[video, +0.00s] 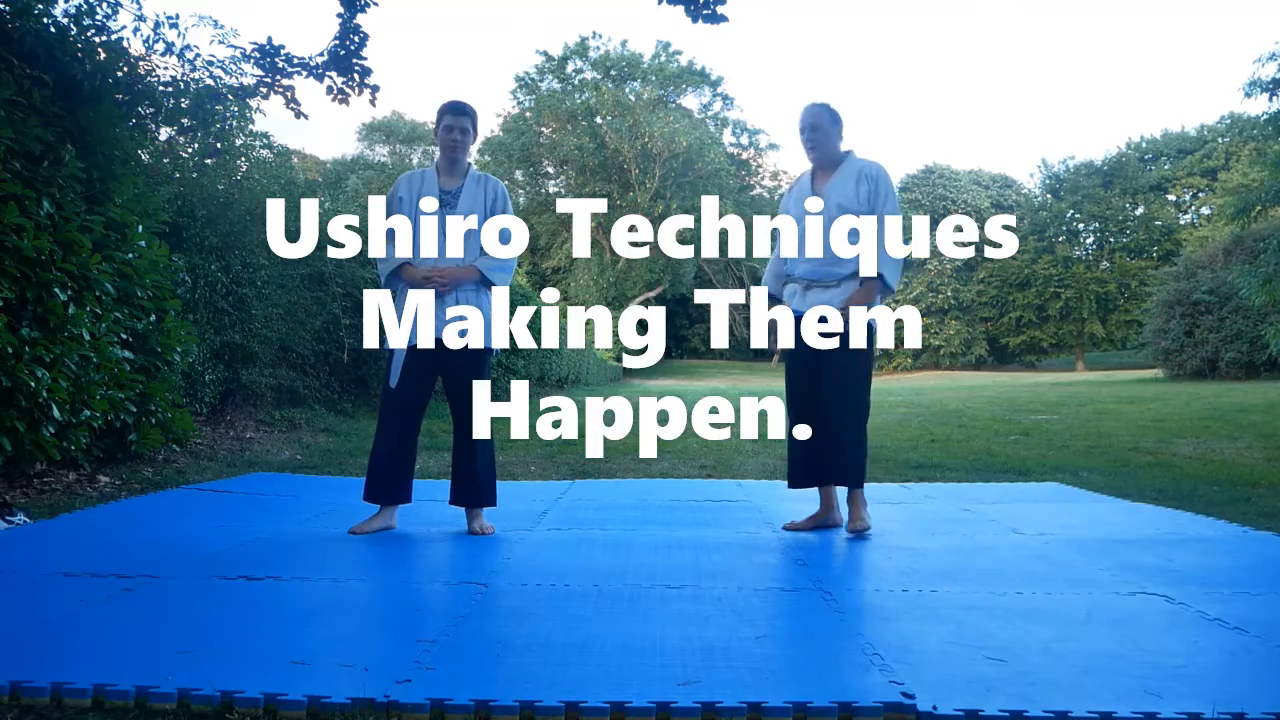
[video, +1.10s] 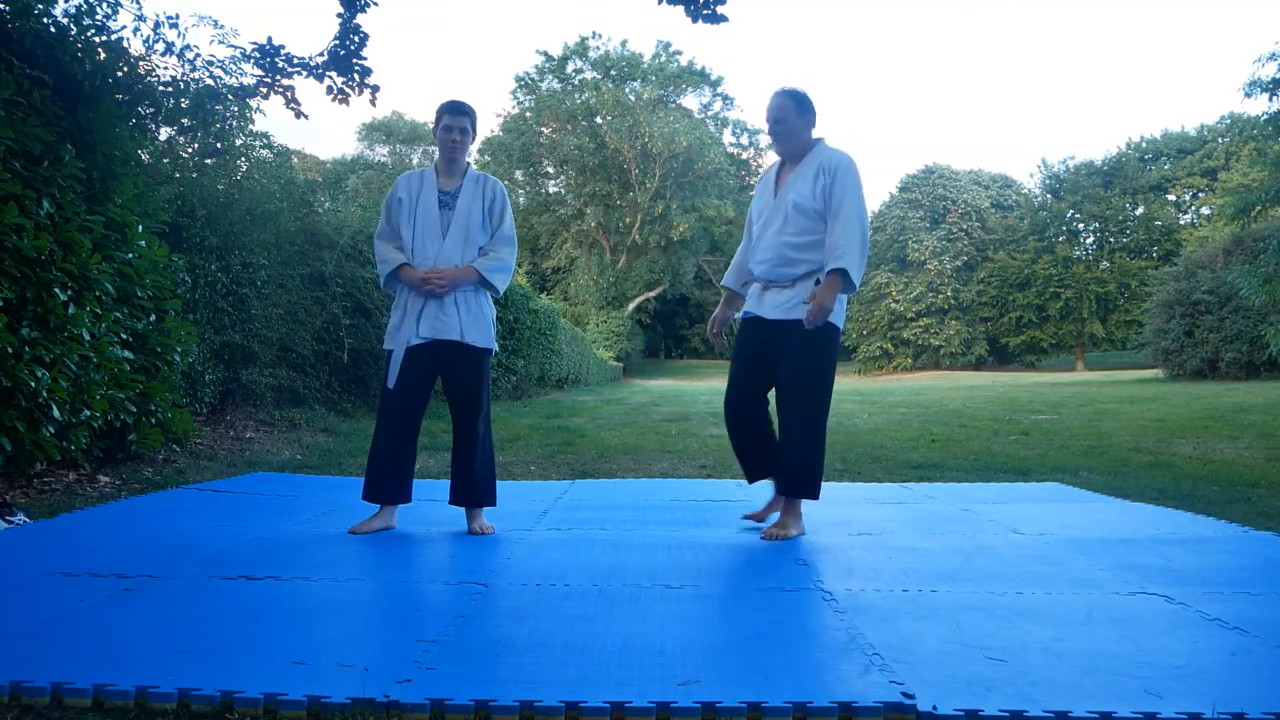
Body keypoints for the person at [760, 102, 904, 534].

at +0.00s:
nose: (808, 138)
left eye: (815, 130)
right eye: (803, 132)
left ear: (839, 132)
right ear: (798, 138)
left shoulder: (868, 175)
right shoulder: (795, 193)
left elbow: (890, 240)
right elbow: (780, 256)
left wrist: (865, 293)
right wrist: (771, 301)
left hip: (850, 306)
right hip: (800, 309)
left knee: (847, 406)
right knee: (810, 408)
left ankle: (856, 502)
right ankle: (827, 506)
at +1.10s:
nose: (771, 131)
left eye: (780, 122)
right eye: (768, 123)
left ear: (808, 122)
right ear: (768, 126)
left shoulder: (835, 165)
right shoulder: (767, 180)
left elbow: (850, 231)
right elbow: (750, 244)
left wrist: (829, 290)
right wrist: (726, 302)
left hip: (809, 307)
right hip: (761, 307)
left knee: (800, 408)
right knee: (741, 401)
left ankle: (792, 512)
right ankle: (782, 487)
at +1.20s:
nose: (767, 130)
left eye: (775, 122)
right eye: (764, 123)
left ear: (803, 121)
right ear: (766, 125)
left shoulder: (832, 165)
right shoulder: (763, 179)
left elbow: (848, 231)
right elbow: (746, 243)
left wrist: (825, 290)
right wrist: (726, 301)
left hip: (807, 306)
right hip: (757, 306)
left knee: (799, 410)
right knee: (735, 403)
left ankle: (791, 514)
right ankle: (751, 497)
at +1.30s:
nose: (760, 130)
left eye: (768, 122)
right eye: (757, 123)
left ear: (796, 121)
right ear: (756, 125)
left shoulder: (826, 165)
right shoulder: (754, 177)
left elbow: (842, 232)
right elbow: (738, 241)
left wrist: (822, 293)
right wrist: (722, 300)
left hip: (804, 307)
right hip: (751, 305)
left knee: (797, 412)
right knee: (728, 405)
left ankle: (790, 514)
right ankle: (708, 501)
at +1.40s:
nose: (754, 131)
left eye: (762, 123)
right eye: (751, 123)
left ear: (790, 122)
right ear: (750, 125)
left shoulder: (820, 166)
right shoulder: (745, 179)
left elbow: (837, 237)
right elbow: (729, 244)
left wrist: (821, 304)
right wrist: (713, 307)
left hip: (798, 307)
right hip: (744, 307)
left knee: (793, 413)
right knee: (722, 407)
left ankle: (790, 514)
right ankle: (700, 504)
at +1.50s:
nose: (745, 131)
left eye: (753, 123)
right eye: (741, 123)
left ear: (780, 123)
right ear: (740, 124)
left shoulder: (810, 168)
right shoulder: (731, 177)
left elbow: (827, 237)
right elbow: (714, 243)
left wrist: (827, 306)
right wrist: (695, 305)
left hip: (788, 306)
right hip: (733, 306)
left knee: (787, 412)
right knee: (716, 408)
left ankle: (790, 514)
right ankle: (700, 508)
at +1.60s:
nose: (738, 129)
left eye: (747, 121)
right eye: (734, 121)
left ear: (774, 123)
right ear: (732, 124)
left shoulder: (802, 169)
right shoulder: (721, 178)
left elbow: (822, 236)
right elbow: (700, 245)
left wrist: (832, 301)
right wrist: (678, 305)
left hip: (781, 305)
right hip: (725, 306)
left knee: (783, 411)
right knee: (711, 409)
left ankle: (789, 514)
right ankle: (699, 508)